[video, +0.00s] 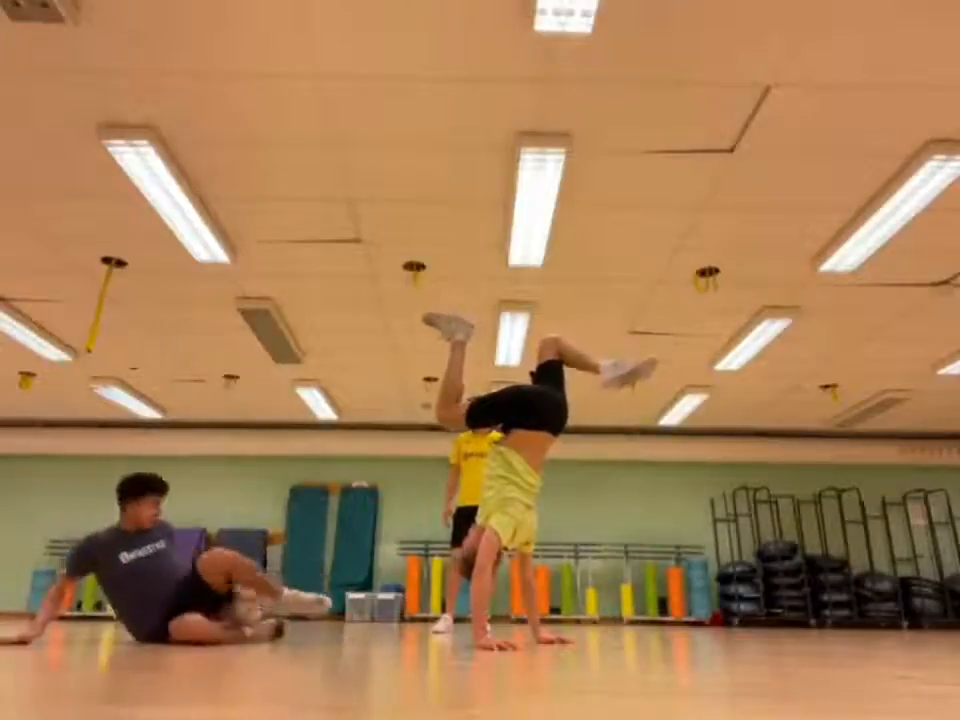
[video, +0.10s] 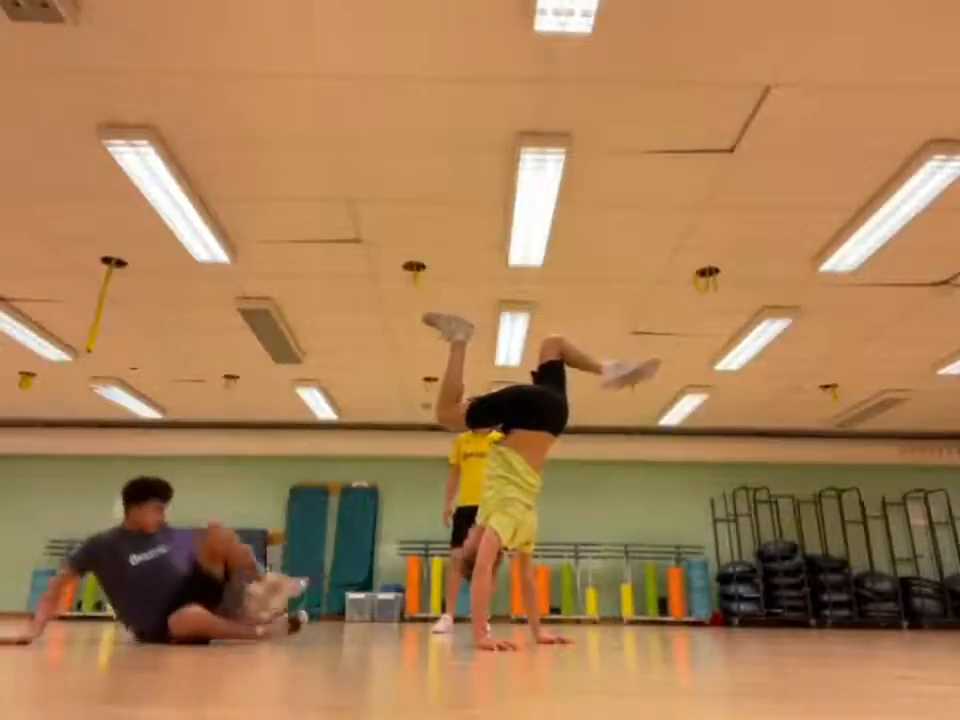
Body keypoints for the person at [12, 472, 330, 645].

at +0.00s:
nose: (159, 512)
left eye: (159, 506)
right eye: (153, 506)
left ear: (153, 507)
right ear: (129, 506)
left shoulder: (162, 532)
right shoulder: (96, 547)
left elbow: (175, 575)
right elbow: (60, 591)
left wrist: (222, 606)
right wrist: (35, 632)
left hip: (187, 592)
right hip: (158, 621)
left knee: (221, 557)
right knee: (198, 628)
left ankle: (280, 597)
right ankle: (252, 632)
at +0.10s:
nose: (163, 517)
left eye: (164, 509)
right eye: (158, 508)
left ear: (154, 509)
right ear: (134, 507)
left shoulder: (164, 536)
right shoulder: (103, 545)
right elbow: (60, 584)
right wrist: (37, 629)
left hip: (190, 596)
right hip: (157, 623)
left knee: (216, 536)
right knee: (193, 617)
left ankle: (260, 583)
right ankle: (260, 631)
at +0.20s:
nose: (164, 520)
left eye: (164, 512)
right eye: (159, 512)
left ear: (156, 513)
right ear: (135, 511)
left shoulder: (163, 536)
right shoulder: (103, 546)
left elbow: (169, 577)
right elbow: (58, 583)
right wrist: (33, 633)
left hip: (185, 599)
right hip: (155, 625)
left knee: (205, 519)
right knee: (195, 610)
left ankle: (226, 580)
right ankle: (267, 624)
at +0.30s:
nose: (160, 519)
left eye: (160, 512)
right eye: (154, 511)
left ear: (154, 512)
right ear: (131, 510)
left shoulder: (162, 535)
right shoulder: (98, 544)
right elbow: (54, 585)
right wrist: (32, 633)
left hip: (180, 598)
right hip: (150, 624)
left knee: (210, 524)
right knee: (193, 610)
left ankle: (233, 601)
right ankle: (270, 625)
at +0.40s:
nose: (159, 517)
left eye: (160, 510)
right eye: (153, 510)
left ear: (151, 510)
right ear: (129, 509)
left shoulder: (160, 532)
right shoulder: (97, 544)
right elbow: (54, 584)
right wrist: (32, 633)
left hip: (180, 593)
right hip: (147, 623)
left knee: (233, 539)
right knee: (187, 611)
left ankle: (260, 599)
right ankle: (262, 624)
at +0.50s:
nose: (165, 515)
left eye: (166, 508)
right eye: (158, 508)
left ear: (162, 506)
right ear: (135, 508)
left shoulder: (170, 530)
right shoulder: (103, 541)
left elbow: (194, 567)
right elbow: (65, 579)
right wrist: (35, 630)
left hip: (186, 591)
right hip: (146, 617)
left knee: (255, 557)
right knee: (179, 613)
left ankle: (280, 605)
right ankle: (256, 626)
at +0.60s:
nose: (171, 511)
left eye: (171, 504)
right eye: (164, 505)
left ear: (166, 504)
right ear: (143, 505)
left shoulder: (180, 524)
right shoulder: (111, 536)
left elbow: (214, 555)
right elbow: (72, 575)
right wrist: (44, 627)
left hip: (201, 589)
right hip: (153, 613)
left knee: (269, 566)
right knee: (183, 609)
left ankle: (274, 620)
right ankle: (254, 632)